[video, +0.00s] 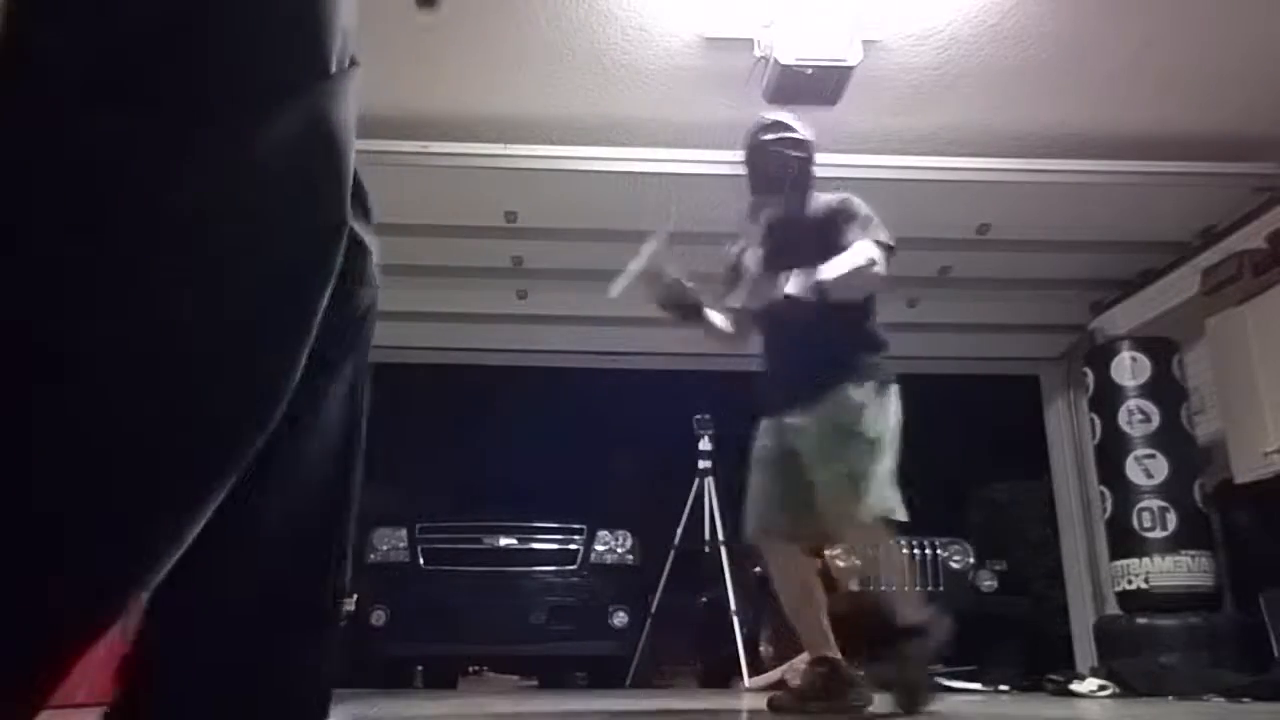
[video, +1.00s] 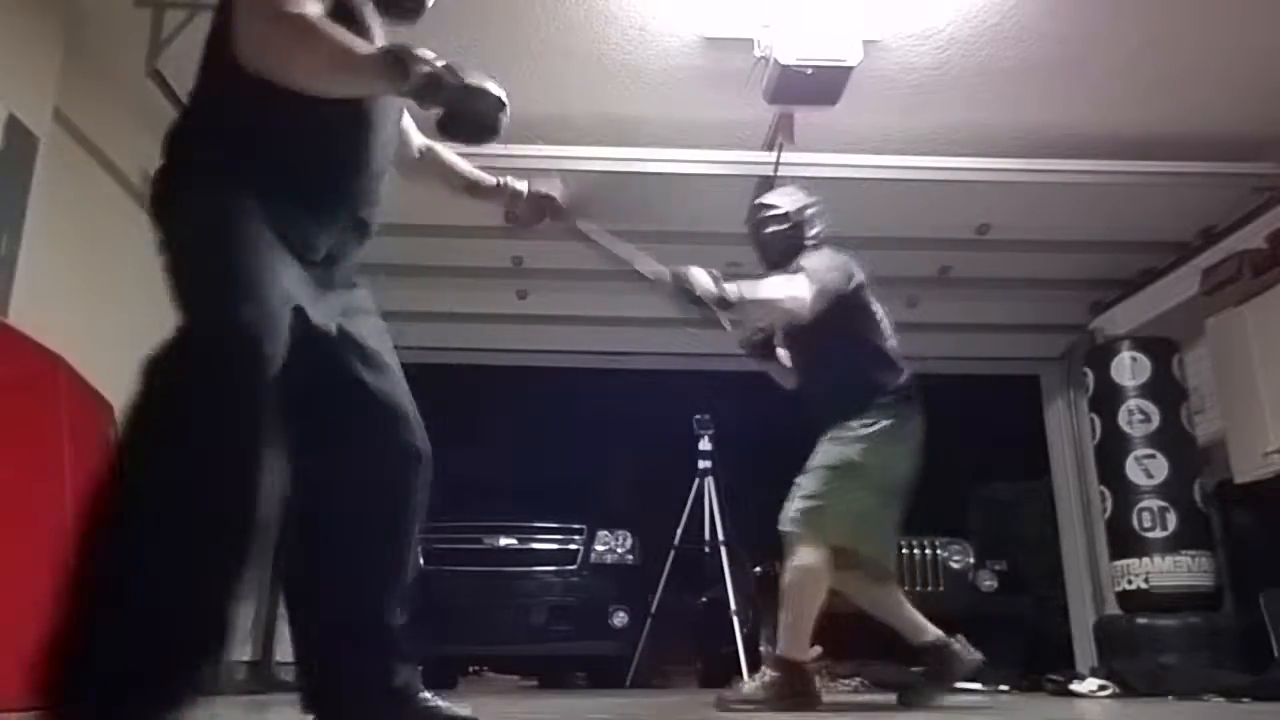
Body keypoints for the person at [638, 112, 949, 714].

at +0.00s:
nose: (780, 162)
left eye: (791, 152)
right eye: (768, 153)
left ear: (809, 160)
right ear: (748, 164)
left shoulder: (839, 210)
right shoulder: (751, 247)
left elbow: (871, 263)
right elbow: (736, 326)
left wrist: (807, 283)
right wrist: (691, 306)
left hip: (851, 393)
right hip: (784, 407)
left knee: (857, 522)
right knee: (775, 533)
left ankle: (915, 630)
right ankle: (827, 667)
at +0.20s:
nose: (825, 177)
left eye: (837, 166)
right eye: (814, 167)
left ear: (857, 175)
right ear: (798, 179)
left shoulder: (885, 230)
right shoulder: (791, 254)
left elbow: (883, 272)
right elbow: (772, 330)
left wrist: (806, 284)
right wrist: (789, 349)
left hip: (898, 415)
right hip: (826, 424)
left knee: (937, 542)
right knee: (811, 536)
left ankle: (989, 659)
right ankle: (833, 665)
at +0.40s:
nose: (847, 207)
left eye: (857, 194)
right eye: (836, 198)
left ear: (878, 192)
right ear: (822, 204)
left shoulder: (908, 249)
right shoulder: (814, 267)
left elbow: (917, 315)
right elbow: (781, 336)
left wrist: (875, 301)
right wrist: (723, 352)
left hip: (923, 421)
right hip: (854, 429)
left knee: (947, 546)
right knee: (828, 530)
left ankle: (996, 669)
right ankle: (892, 656)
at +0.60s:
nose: (815, 211)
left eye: (826, 199)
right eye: (807, 204)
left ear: (853, 205)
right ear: (800, 219)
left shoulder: (889, 250)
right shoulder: (817, 283)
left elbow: (908, 321)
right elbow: (799, 347)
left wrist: (846, 360)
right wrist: (757, 302)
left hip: (913, 412)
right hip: (863, 423)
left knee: (928, 535)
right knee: (871, 550)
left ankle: (985, 653)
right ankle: (948, 661)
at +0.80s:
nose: (799, 228)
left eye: (809, 217)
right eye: (791, 221)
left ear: (838, 220)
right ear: (784, 234)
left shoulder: (865, 258)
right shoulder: (816, 295)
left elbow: (848, 314)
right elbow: (806, 377)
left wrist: (785, 334)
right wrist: (782, 352)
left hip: (903, 407)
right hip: (872, 417)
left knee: (845, 508)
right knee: (881, 554)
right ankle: (954, 664)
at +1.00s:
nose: (764, 232)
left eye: (774, 221)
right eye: (758, 224)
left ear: (806, 223)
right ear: (753, 236)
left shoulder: (828, 260)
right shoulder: (784, 291)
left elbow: (804, 298)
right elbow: (797, 379)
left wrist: (725, 292)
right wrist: (765, 352)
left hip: (877, 416)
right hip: (855, 422)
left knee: (805, 523)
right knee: (839, 562)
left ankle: (790, 671)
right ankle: (942, 651)